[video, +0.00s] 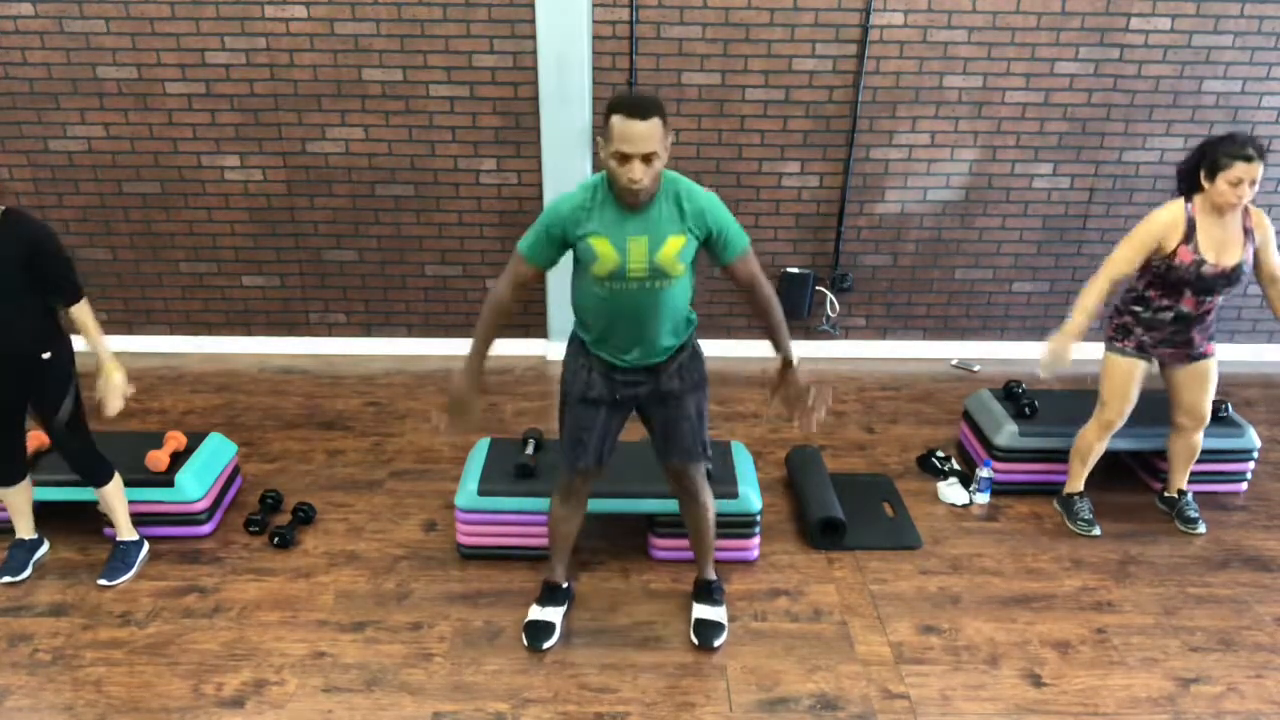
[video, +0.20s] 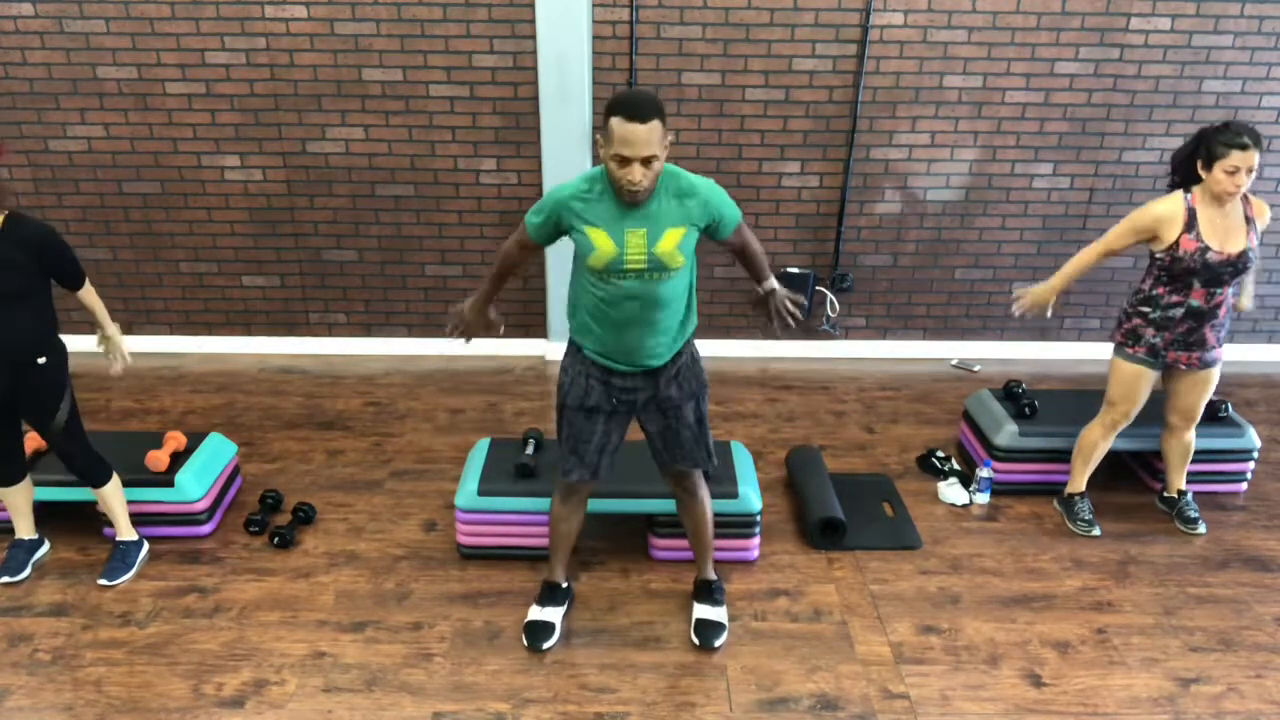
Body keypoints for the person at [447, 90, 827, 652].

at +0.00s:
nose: (636, 173)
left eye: (648, 158)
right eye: (623, 159)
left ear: (666, 150)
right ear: (604, 151)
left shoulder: (696, 205)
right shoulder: (571, 210)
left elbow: (751, 278)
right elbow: (511, 283)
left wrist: (788, 357)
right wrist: (471, 368)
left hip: (672, 364)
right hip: (594, 363)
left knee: (689, 477)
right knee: (575, 477)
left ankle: (708, 583)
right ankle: (556, 584)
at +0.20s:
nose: (636, 175)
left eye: (648, 161)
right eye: (623, 160)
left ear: (666, 148)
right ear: (601, 148)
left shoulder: (700, 197)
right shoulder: (569, 202)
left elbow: (741, 240)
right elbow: (518, 248)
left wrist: (769, 284)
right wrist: (481, 300)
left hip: (670, 369)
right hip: (591, 368)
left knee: (687, 477)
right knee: (573, 481)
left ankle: (707, 583)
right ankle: (554, 587)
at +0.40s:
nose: (631, 178)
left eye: (644, 164)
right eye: (618, 164)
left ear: (664, 148)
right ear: (597, 150)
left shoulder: (697, 198)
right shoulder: (566, 201)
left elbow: (734, 237)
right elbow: (520, 247)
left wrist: (756, 280)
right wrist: (485, 301)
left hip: (667, 369)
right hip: (588, 367)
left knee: (686, 478)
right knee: (571, 481)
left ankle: (708, 583)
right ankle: (555, 586)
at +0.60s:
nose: (627, 196)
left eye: (640, 182)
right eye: (614, 181)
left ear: (660, 164)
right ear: (595, 165)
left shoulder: (697, 215)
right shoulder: (564, 219)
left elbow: (722, 299)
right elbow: (533, 295)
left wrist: (735, 369)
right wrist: (516, 356)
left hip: (665, 363)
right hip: (587, 361)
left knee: (686, 477)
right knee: (566, 479)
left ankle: (708, 582)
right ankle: (553, 586)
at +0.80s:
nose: (628, 303)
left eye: (640, 290)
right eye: (616, 289)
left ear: (658, 268)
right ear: (599, 269)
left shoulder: (688, 299)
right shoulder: (568, 307)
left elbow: (707, 400)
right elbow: (551, 402)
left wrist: (693, 484)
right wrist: (557, 479)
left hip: (661, 394)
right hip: (593, 394)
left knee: (687, 487)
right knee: (559, 494)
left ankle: (707, 583)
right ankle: (554, 586)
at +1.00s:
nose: (628, 400)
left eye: (639, 387)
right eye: (616, 387)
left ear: (656, 365)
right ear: (598, 366)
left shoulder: (686, 389)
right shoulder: (570, 396)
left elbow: (704, 480)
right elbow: (556, 491)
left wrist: (696, 506)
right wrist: (572, 506)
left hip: (660, 444)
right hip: (595, 443)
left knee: (703, 525)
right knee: (552, 516)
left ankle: (708, 587)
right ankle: (553, 590)